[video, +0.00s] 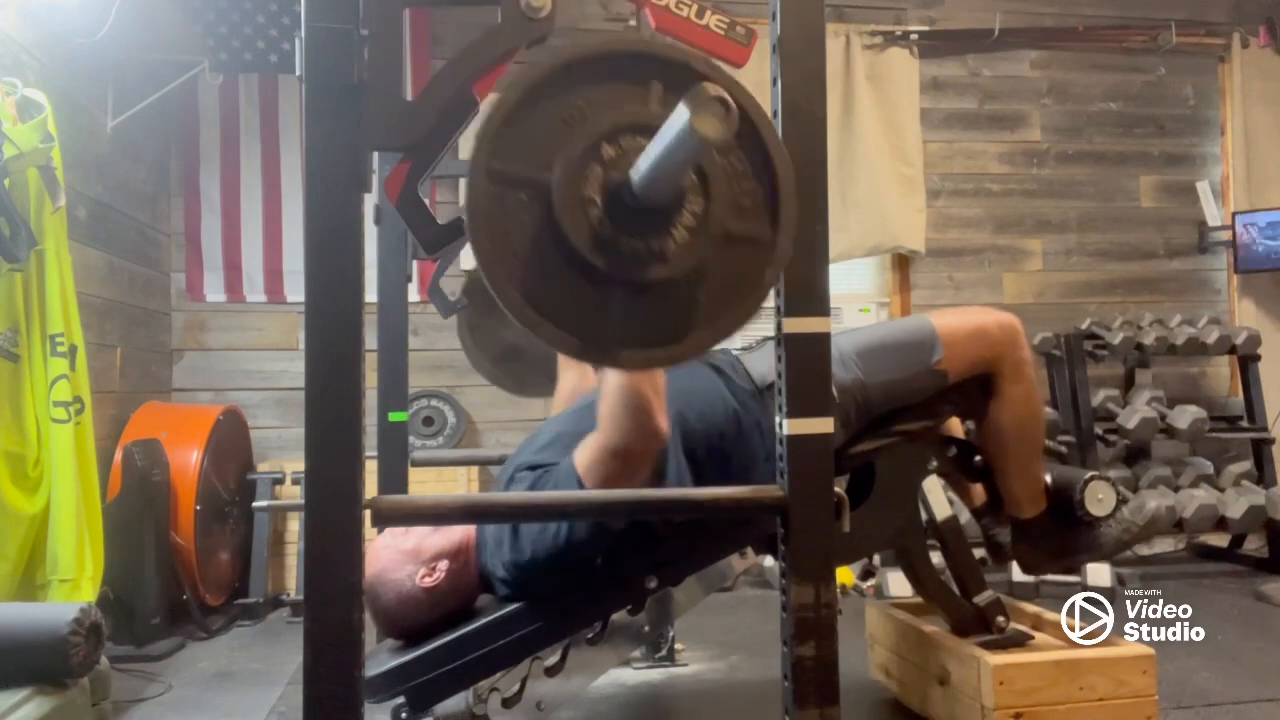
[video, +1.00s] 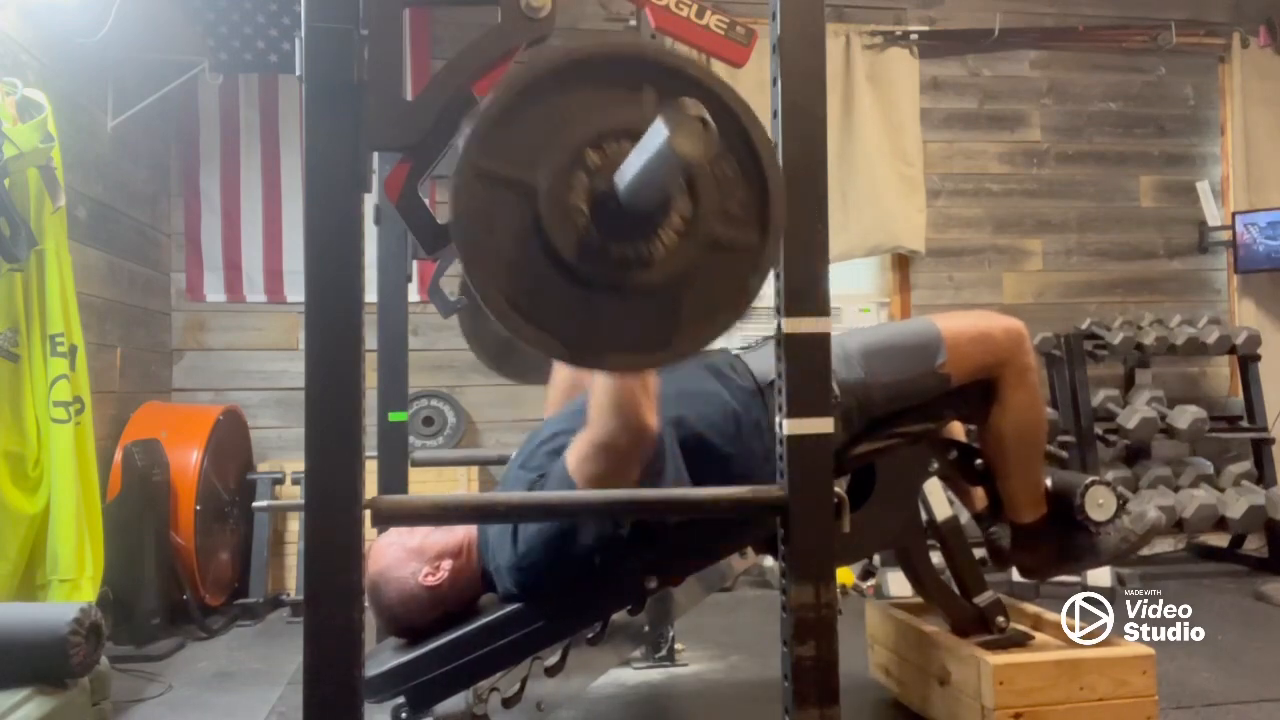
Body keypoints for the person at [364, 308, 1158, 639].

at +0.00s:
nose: (413, 525)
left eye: (395, 530)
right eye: (412, 543)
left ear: (426, 552)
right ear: (445, 573)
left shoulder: (499, 493)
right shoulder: (532, 550)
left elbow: (576, 397)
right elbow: (637, 431)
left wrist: (571, 251)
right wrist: (615, 277)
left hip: (734, 369)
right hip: (766, 421)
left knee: (929, 325)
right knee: (998, 337)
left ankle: (973, 460)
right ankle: (1033, 521)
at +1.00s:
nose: (415, 528)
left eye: (397, 532)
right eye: (412, 547)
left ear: (429, 545)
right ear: (446, 574)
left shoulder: (510, 488)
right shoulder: (531, 557)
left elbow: (572, 388)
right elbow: (626, 424)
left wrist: (583, 242)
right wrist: (605, 267)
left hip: (740, 366)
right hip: (773, 417)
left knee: (932, 321)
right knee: (1004, 341)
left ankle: (971, 467)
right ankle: (1032, 527)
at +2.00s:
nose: (417, 530)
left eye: (398, 535)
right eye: (417, 549)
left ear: (425, 550)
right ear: (447, 576)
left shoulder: (487, 504)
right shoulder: (526, 543)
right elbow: (667, 555)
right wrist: (720, 543)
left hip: (709, 407)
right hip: (753, 441)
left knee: (929, 324)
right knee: (1003, 340)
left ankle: (980, 472)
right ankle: (1030, 524)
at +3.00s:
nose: (417, 532)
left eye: (399, 535)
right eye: (415, 551)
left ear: (426, 542)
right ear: (446, 580)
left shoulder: (496, 497)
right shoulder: (525, 549)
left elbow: (621, 427)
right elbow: (649, 457)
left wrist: (595, 308)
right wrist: (619, 319)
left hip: (745, 374)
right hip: (769, 427)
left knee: (944, 322)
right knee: (1004, 341)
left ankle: (978, 474)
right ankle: (1031, 527)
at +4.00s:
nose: (417, 532)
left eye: (399, 535)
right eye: (413, 551)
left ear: (428, 543)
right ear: (444, 580)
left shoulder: (504, 495)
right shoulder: (531, 556)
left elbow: (571, 402)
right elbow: (617, 420)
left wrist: (555, 269)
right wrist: (592, 266)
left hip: (749, 370)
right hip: (776, 426)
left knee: (958, 330)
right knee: (1008, 343)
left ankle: (980, 477)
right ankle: (1032, 526)